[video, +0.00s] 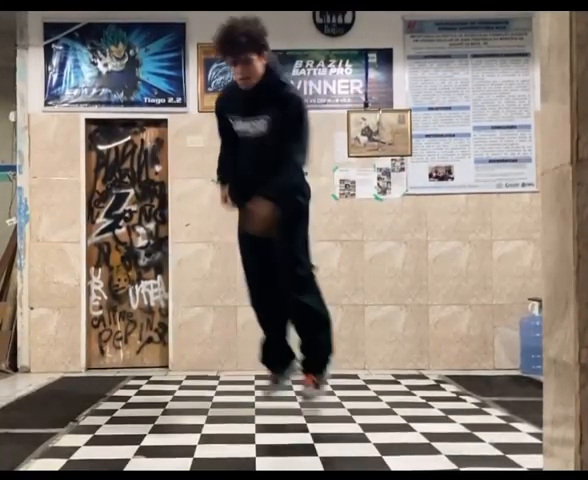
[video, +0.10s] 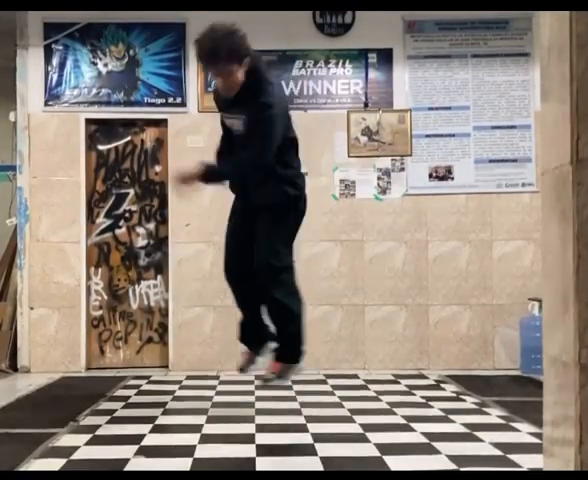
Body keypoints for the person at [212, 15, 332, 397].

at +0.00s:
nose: (241, 70)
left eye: (247, 61)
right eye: (234, 63)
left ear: (265, 56)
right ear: (227, 63)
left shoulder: (286, 99)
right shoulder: (227, 101)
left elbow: (293, 157)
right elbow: (228, 144)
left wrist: (270, 196)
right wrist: (226, 180)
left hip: (286, 196)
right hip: (249, 198)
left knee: (293, 278)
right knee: (260, 283)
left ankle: (316, 357)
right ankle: (279, 360)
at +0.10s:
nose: (219, 82)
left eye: (224, 74)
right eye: (214, 75)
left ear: (242, 63)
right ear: (212, 68)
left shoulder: (266, 97)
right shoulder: (226, 93)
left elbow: (261, 158)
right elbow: (232, 138)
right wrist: (220, 171)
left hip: (281, 196)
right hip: (248, 194)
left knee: (273, 269)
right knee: (237, 269)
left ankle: (289, 352)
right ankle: (257, 338)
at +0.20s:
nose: (196, 106)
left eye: (199, 98)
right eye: (194, 99)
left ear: (219, 94)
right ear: (219, 93)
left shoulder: (246, 124)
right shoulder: (234, 116)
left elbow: (208, 158)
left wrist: (162, 137)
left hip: (275, 210)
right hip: (247, 208)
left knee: (255, 281)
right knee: (229, 275)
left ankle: (255, 366)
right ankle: (233, 350)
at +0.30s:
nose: (185, 142)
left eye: (186, 137)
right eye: (184, 136)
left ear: (193, 138)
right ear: (208, 115)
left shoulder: (213, 160)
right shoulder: (234, 120)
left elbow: (165, 154)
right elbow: (224, 82)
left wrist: (155, 115)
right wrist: (184, 73)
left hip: (256, 241)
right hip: (272, 235)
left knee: (224, 305)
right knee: (230, 305)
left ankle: (226, 392)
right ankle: (224, 385)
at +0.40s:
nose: (181, 171)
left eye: (183, 164)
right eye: (177, 164)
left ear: (198, 158)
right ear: (202, 152)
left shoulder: (210, 186)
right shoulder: (221, 155)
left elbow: (168, 212)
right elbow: (206, 125)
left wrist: (145, 181)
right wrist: (173, 135)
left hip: (260, 261)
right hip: (269, 253)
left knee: (209, 316)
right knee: (220, 315)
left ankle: (229, 395)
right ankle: (233, 381)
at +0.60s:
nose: (210, 189)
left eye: (213, 181)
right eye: (202, 186)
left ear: (220, 168)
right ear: (190, 181)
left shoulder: (246, 163)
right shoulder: (187, 196)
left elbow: (299, 138)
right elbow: (197, 248)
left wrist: (335, 153)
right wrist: (221, 223)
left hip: (274, 245)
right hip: (247, 253)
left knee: (232, 303)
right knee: (263, 322)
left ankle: (235, 393)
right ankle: (328, 388)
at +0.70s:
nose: (220, 189)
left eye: (220, 182)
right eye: (214, 186)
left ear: (221, 168)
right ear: (199, 182)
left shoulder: (241, 151)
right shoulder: (189, 195)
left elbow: (270, 122)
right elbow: (199, 242)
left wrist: (309, 135)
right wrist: (207, 203)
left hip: (276, 245)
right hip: (248, 258)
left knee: (233, 308)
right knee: (253, 331)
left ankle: (235, 393)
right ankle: (316, 372)